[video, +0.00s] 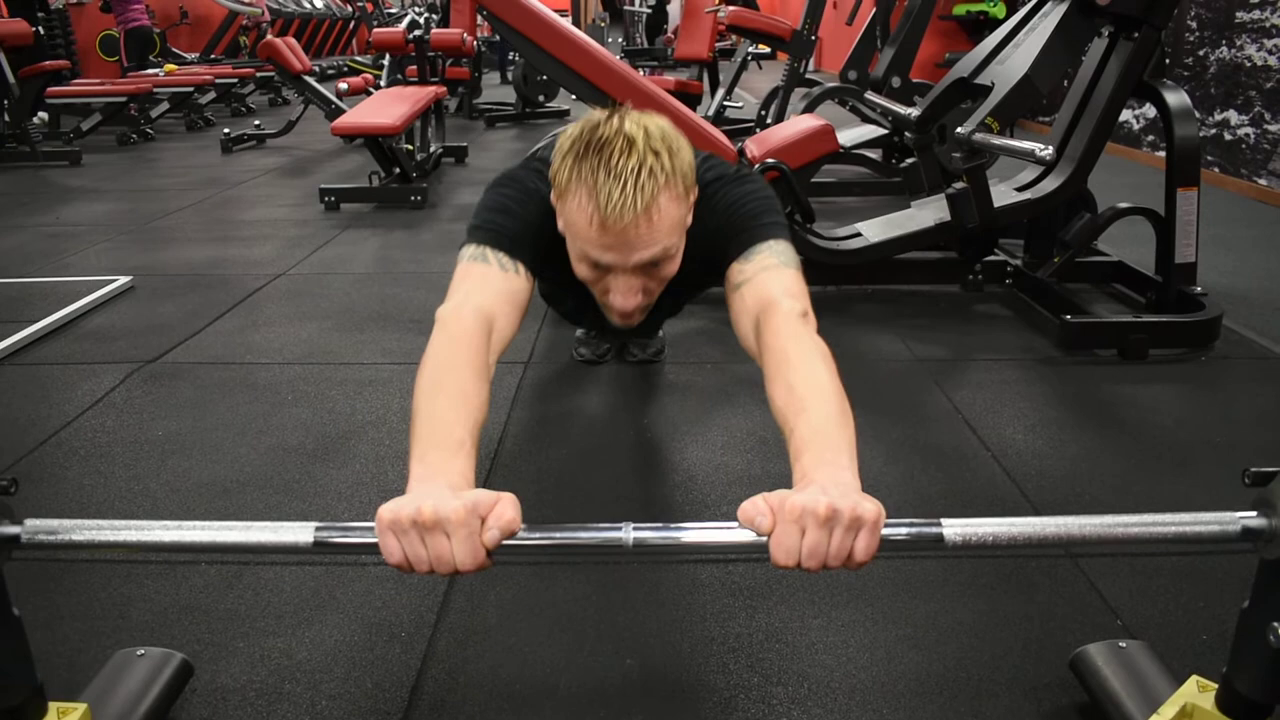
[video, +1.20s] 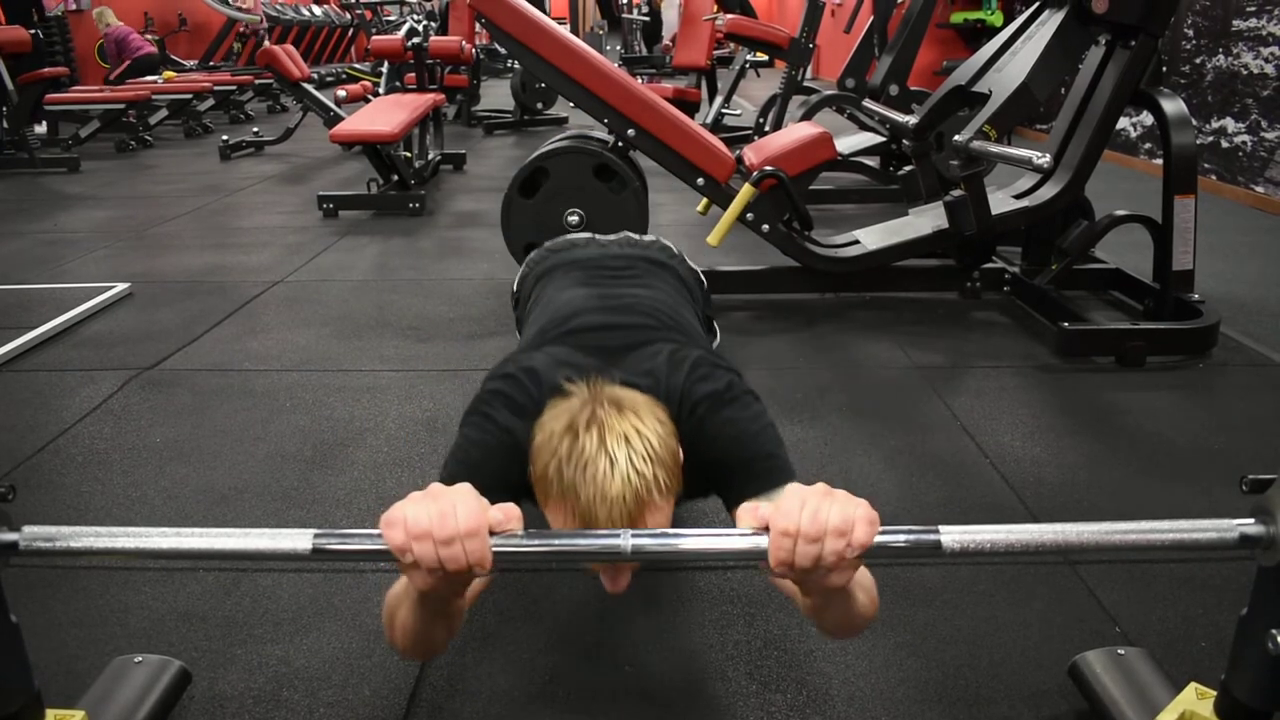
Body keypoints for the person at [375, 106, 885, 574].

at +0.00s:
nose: (626, 294)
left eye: (651, 266)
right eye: (601, 268)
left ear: (689, 209)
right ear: (559, 213)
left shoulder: (733, 197)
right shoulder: (522, 200)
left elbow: (783, 321)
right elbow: (467, 323)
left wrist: (829, 483)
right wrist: (436, 489)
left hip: (671, 295)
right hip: (568, 295)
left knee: (647, 335)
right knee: (589, 332)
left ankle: (642, 343)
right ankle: (595, 342)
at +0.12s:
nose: (625, 319)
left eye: (650, 289)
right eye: (599, 291)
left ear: (684, 234)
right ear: (560, 237)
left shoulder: (729, 211)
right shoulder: (526, 212)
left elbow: (783, 333)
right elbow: (467, 339)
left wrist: (828, 488)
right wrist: (437, 490)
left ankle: (640, 344)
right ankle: (589, 342)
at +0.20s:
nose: (623, 336)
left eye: (649, 304)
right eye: (596, 306)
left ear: (682, 246)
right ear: (559, 252)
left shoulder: (727, 224)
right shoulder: (522, 231)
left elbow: (787, 349)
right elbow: (464, 352)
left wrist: (826, 491)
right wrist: (438, 493)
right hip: (561, 162)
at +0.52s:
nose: (622, 407)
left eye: (647, 379)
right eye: (594, 381)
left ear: (681, 313)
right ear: (556, 319)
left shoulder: (729, 284)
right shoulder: (517, 290)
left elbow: (806, 410)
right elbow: (456, 422)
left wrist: (826, 495)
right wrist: (439, 500)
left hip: (665, 171)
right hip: (548, 173)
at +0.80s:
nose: (608, 484)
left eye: (632, 457)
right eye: (582, 462)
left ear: (671, 384)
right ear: (543, 396)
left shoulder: (717, 341)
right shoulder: (505, 345)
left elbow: (804, 480)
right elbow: (449, 493)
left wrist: (819, 511)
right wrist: (439, 521)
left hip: (663, 216)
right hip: (552, 217)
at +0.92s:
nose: (605, 517)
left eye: (628, 490)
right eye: (581, 495)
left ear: (666, 408)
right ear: (535, 431)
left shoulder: (714, 362)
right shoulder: (498, 371)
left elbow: (837, 579)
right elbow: (421, 593)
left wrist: (821, 539)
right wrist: (436, 547)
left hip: (660, 227)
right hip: (548, 230)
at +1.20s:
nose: (616, 582)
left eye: (639, 549)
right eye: (588, 553)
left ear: (676, 480)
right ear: (540, 499)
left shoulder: (720, 412)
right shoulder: (499, 422)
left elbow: (847, 621)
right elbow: (411, 644)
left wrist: (825, 573)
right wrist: (438, 579)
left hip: (664, 261)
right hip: (552, 262)